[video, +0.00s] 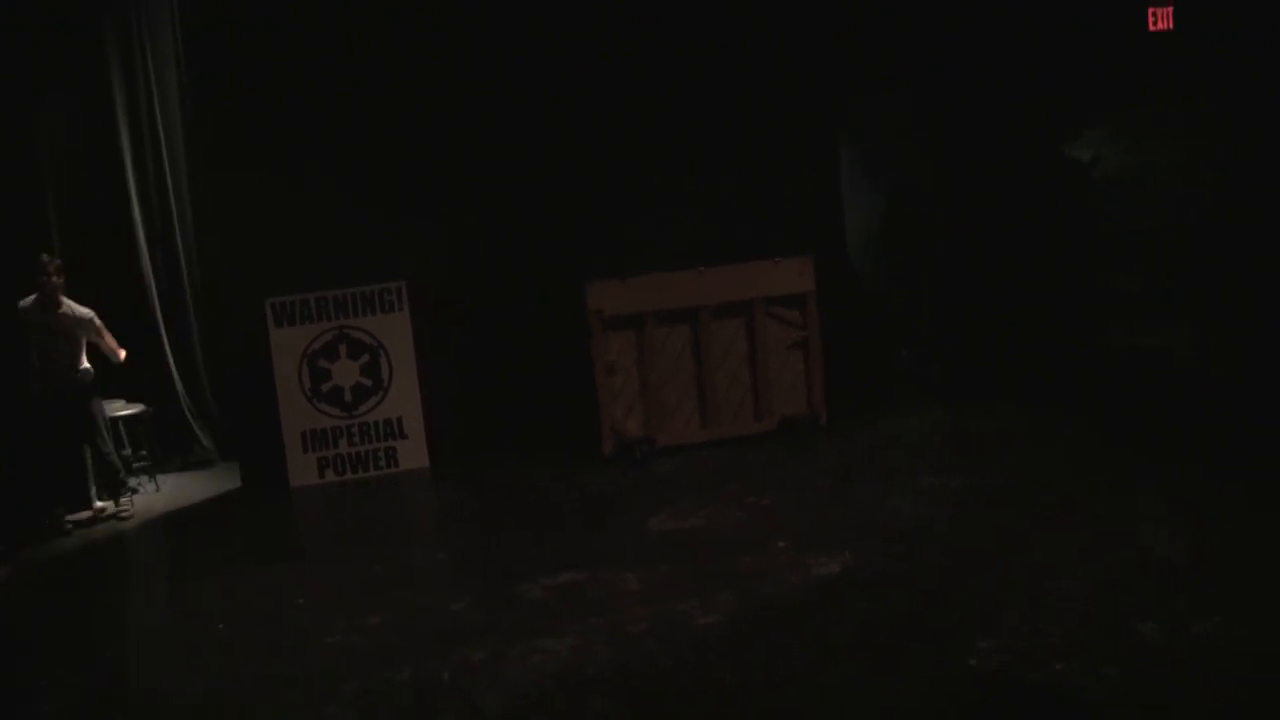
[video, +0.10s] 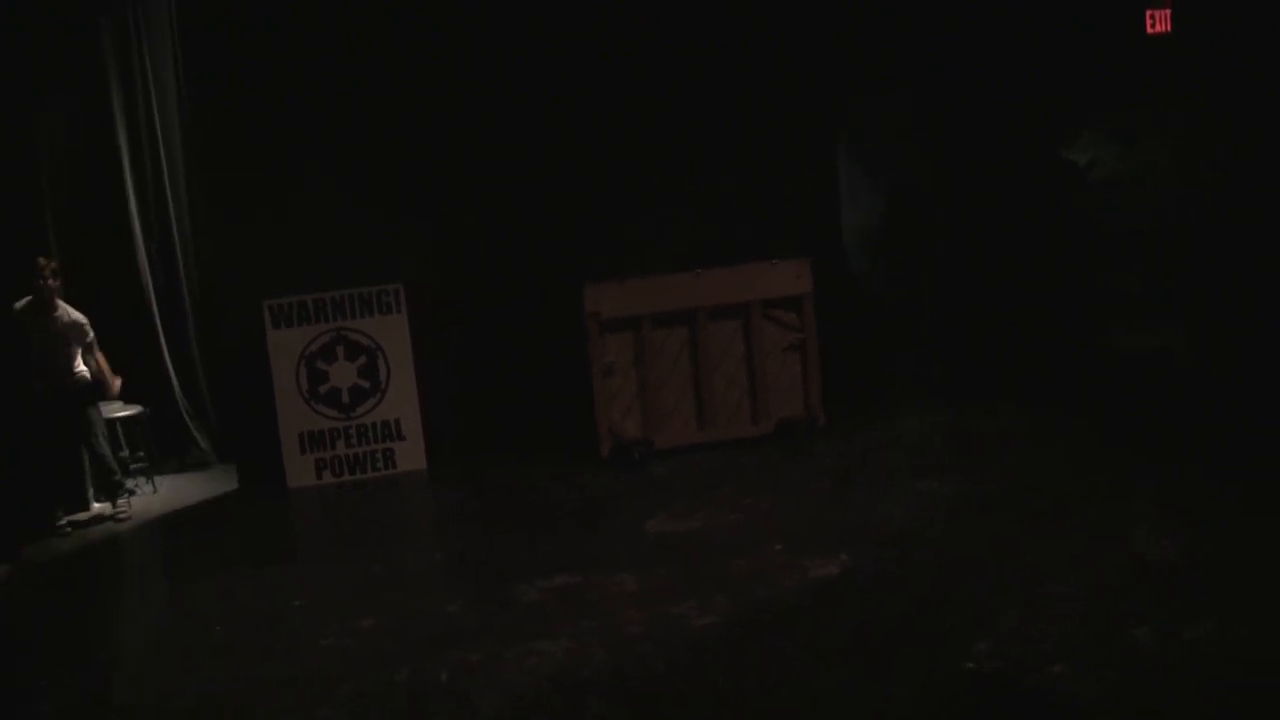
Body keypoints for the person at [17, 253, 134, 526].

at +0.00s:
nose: (49, 282)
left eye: (53, 276)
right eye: (44, 277)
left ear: (62, 279)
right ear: (37, 281)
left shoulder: (82, 316)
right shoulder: (25, 311)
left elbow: (113, 351)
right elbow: (23, 348)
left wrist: (118, 353)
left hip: (79, 384)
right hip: (45, 386)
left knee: (97, 440)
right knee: (51, 446)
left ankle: (121, 493)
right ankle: (55, 509)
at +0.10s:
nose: (46, 285)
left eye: (50, 278)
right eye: (40, 279)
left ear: (59, 282)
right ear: (32, 283)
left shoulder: (74, 320)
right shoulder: (21, 314)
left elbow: (93, 352)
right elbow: (20, 354)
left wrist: (109, 380)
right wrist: (22, 386)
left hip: (76, 385)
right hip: (41, 387)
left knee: (94, 440)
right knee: (47, 447)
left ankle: (117, 494)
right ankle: (54, 508)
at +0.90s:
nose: (33, 326)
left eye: (37, 319)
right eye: (28, 321)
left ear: (46, 322)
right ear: (22, 325)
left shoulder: (68, 346)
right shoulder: (20, 358)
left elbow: (90, 375)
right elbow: (16, 399)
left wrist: (110, 406)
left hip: (76, 422)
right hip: (43, 429)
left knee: (69, 451)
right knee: (44, 463)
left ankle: (102, 511)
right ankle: (58, 526)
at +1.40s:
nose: (55, 340)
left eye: (60, 335)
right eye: (51, 336)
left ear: (70, 340)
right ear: (46, 341)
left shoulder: (86, 373)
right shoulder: (41, 377)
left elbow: (90, 413)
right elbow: (39, 415)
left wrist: (71, 428)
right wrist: (54, 431)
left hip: (89, 431)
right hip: (59, 436)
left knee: (90, 461)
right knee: (56, 466)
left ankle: (112, 513)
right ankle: (66, 522)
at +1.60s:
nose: (74, 351)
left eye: (79, 345)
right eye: (70, 346)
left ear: (88, 350)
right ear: (63, 351)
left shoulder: (104, 388)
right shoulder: (51, 387)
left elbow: (104, 431)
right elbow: (50, 425)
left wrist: (88, 454)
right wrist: (52, 454)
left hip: (101, 439)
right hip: (67, 440)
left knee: (99, 474)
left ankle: (112, 514)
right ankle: (68, 524)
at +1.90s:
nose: (90, 344)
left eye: (95, 337)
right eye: (86, 338)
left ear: (104, 340)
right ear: (79, 341)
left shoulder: (122, 368)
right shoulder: (69, 373)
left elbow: (133, 404)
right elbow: (61, 409)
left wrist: (132, 435)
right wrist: (70, 433)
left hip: (115, 426)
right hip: (83, 429)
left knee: (120, 468)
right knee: (90, 474)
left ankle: (130, 510)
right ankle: (97, 521)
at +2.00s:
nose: (88, 297)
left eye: (91, 290)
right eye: (83, 291)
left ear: (100, 294)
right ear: (76, 297)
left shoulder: (121, 327)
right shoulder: (66, 331)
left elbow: (131, 366)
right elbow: (55, 373)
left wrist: (132, 399)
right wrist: (71, 397)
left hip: (116, 405)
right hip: (84, 408)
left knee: (121, 460)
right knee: (92, 465)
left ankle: (134, 511)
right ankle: (100, 521)